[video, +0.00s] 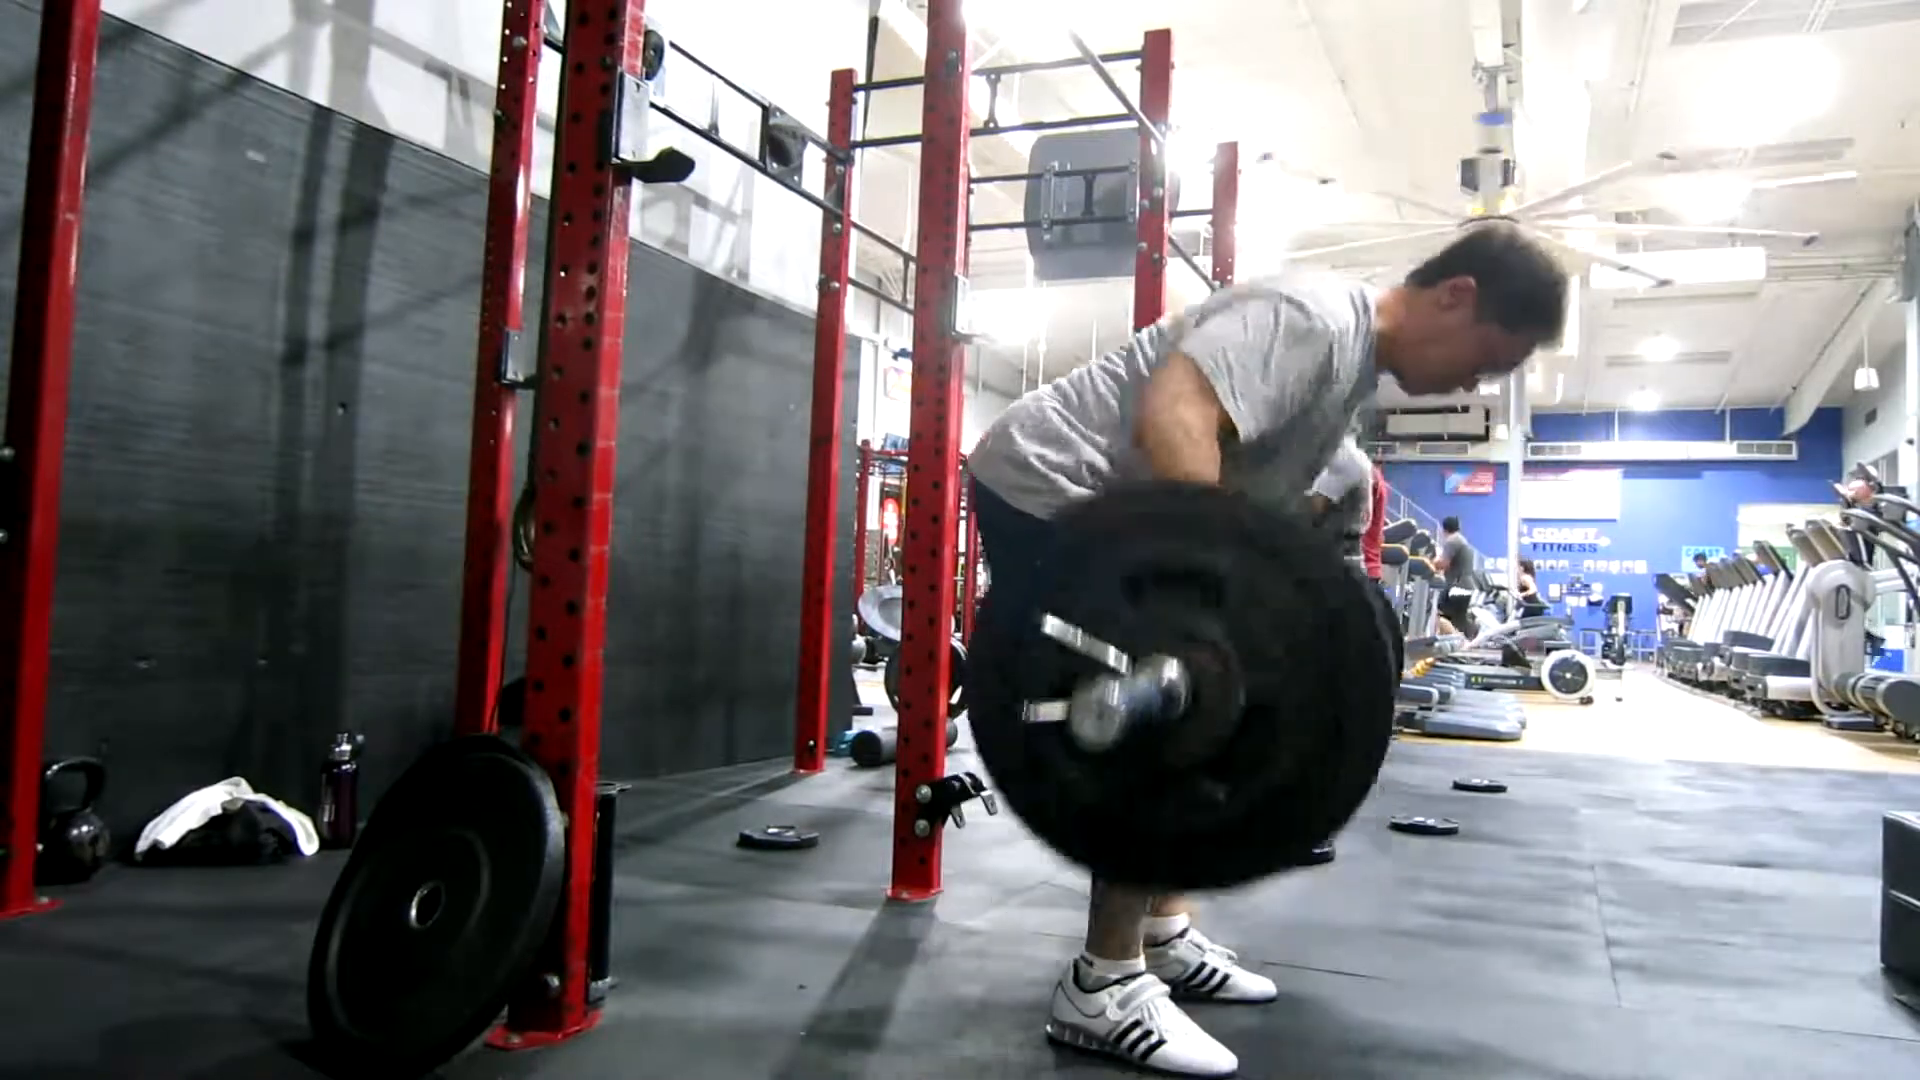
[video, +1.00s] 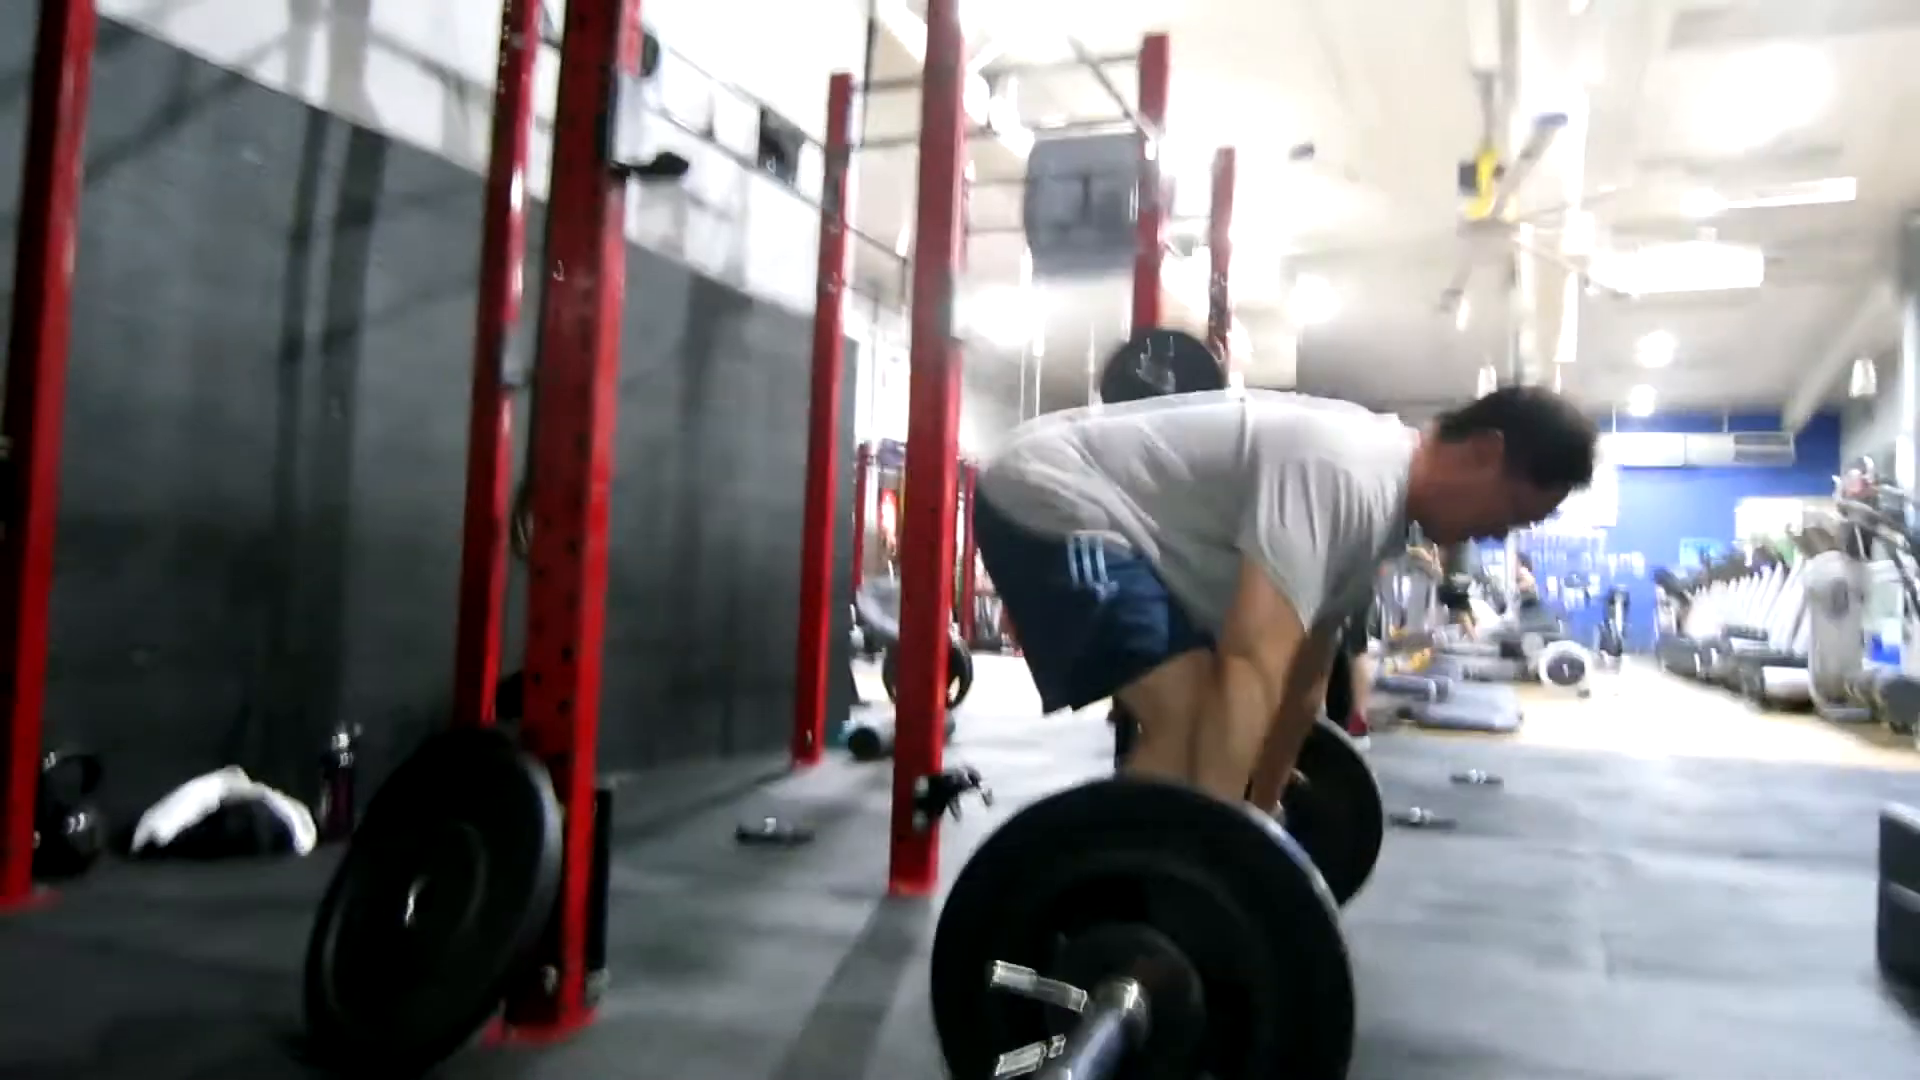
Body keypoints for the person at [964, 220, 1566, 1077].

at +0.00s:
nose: (1474, 387)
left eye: (1491, 374)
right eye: (1488, 364)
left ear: (1455, 300)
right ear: (1457, 298)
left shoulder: (1350, 389)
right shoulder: (1308, 321)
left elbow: (1257, 500)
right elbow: (1170, 413)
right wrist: (1212, 589)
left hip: (1113, 502)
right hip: (1045, 485)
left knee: (1183, 703)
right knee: (1148, 715)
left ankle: (1161, 932)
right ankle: (1103, 980)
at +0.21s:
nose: (1476, 403)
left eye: (1496, 394)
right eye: (1493, 383)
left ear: (1459, 313)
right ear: (1463, 313)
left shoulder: (1356, 367)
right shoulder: (1322, 303)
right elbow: (1155, 274)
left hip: (1195, 542)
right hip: (1128, 522)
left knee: (1219, 721)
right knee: (1179, 727)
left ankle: (1162, 935)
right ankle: (1103, 981)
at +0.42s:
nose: (1491, 448)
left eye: (1510, 437)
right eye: (1506, 425)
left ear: (1479, 353)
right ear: (1479, 356)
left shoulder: (1369, 412)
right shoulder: (1343, 342)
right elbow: (1172, 332)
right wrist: (1198, 509)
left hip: (1110, 506)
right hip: (1039, 487)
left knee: (1203, 705)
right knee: (1155, 713)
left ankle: (1158, 936)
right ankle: (1103, 979)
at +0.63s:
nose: (1489, 483)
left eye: (1509, 470)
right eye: (1503, 458)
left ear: (1470, 393)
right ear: (1471, 395)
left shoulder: (1360, 452)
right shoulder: (1340, 424)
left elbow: (1277, 595)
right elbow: (1219, 557)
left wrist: (1280, 752)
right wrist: (1222, 762)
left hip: (1097, 512)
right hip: (1041, 489)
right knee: (1190, 697)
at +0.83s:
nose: (1479, 553)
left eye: (1499, 544)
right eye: (1495, 531)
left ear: (1471, 461)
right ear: (1472, 464)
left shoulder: (1361, 500)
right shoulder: (1331, 460)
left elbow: (1279, 652)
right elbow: (1215, 601)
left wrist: (1257, 793)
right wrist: (1205, 800)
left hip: (1105, 517)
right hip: (1047, 493)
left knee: (1188, 720)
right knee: (1182, 710)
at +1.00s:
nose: (1504, 535)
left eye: (1523, 524)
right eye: (1516, 513)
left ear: (1485, 455)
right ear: (1486, 455)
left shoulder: (1381, 504)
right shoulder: (1339, 466)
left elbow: (1304, 681)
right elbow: (1248, 660)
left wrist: (1254, 832)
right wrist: (1204, 863)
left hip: (1112, 510)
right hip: (1053, 489)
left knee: (1193, 711)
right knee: (1194, 700)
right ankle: (1166, 912)